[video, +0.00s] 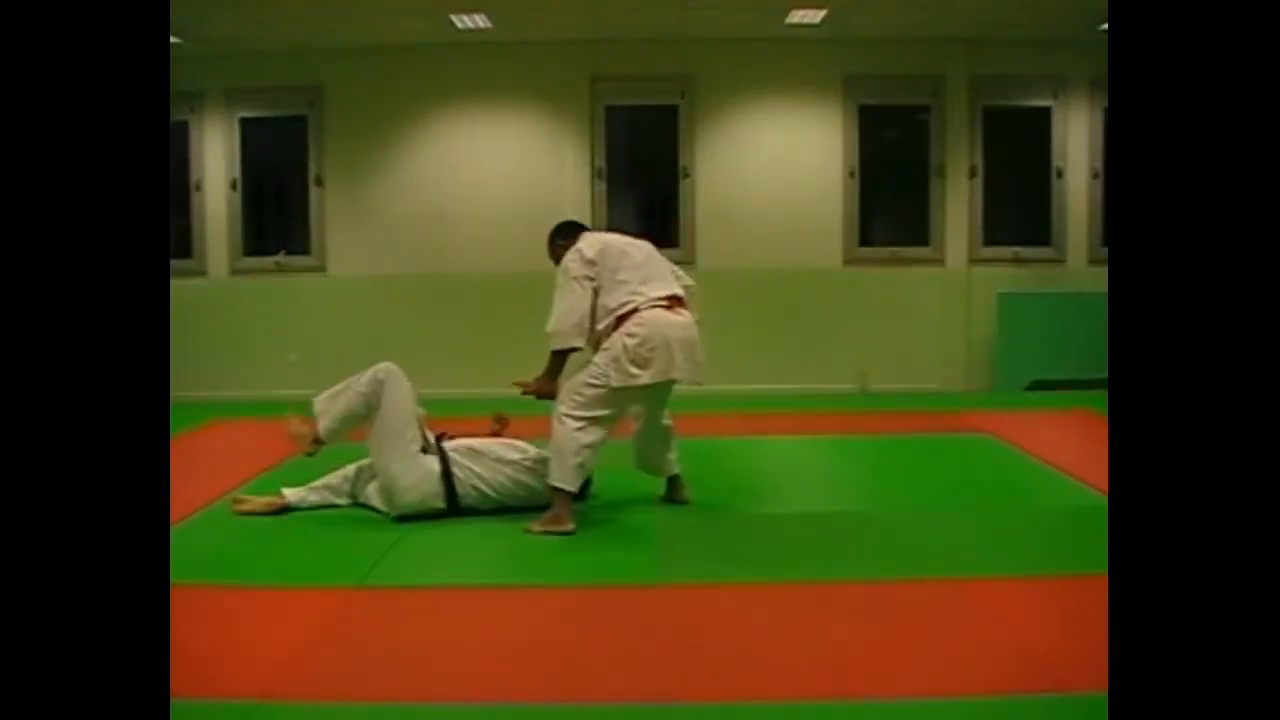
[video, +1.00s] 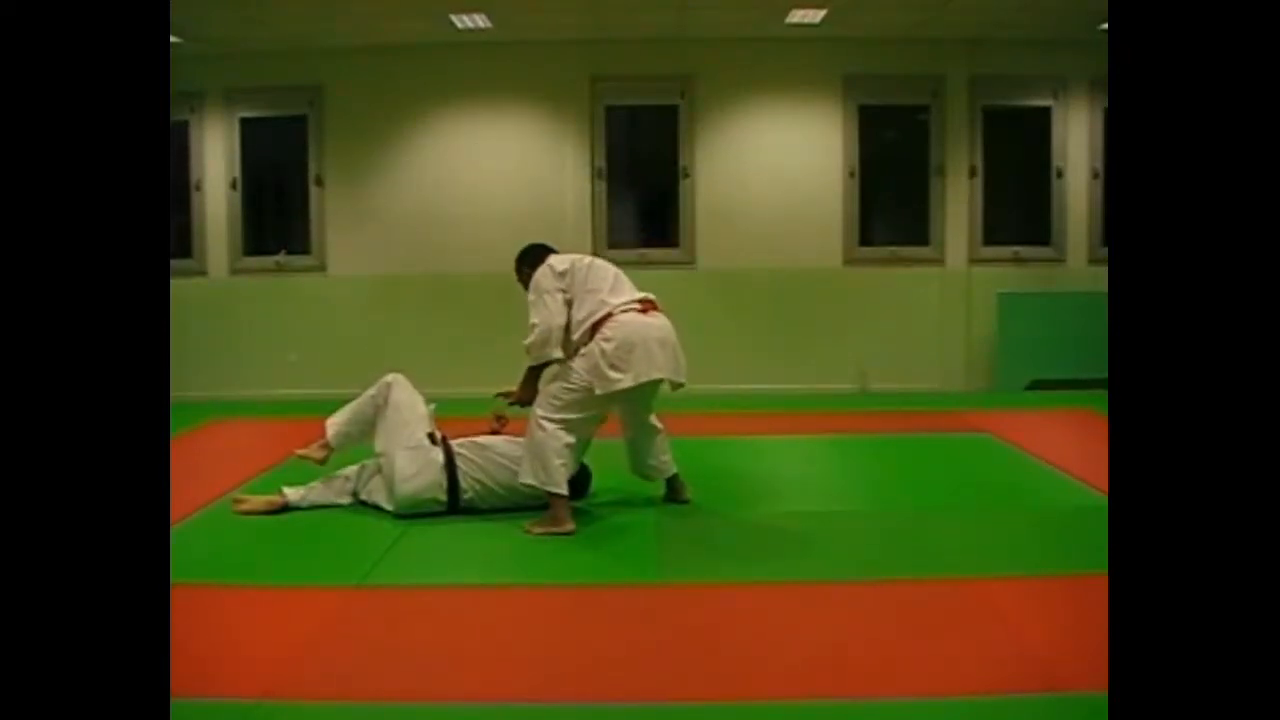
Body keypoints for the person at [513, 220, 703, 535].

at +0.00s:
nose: (560, 266)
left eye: (558, 259)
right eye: (556, 261)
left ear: (564, 245)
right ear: (585, 233)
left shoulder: (577, 255)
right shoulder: (635, 246)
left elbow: (568, 325)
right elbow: (683, 283)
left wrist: (548, 379)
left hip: (640, 332)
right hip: (683, 329)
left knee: (573, 409)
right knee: (653, 412)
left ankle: (560, 511)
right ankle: (674, 482)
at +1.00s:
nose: (526, 287)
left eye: (524, 280)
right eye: (522, 283)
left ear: (530, 268)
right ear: (553, 255)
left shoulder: (545, 273)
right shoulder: (587, 267)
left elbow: (548, 328)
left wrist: (528, 385)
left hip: (617, 338)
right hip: (660, 332)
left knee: (548, 415)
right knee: (639, 415)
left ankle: (558, 513)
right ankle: (675, 484)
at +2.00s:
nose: (553, 220)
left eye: (552, 210)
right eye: (550, 212)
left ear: (567, 197)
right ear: (584, 193)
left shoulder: (581, 219)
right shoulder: (625, 216)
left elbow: (572, 279)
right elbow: (635, 272)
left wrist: (553, 337)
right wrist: (599, 317)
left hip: (625, 316)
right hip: (665, 310)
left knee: (578, 411)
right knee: (648, 407)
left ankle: (563, 508)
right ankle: (676, 485)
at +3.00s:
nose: (489, 174)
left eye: (494, 164)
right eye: (485, 165)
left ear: (520, 156)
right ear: (512, 160)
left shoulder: (542, 195)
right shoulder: (526, 196)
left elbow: (560, 267)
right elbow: (528, 270)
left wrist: (550, 328)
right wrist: (507, 318)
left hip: (565, 321)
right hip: (544, 321)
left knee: (556, 416)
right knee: (531, 412)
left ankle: (565, 508)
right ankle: (530, 496)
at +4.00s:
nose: (458, 170)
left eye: (464, 160)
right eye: (455, 162)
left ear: (493, 154)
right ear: (482, 159)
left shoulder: (525, 195)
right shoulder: (493, 198)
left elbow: (548, 260)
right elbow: (485, 270)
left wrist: (534, 322)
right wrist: (470, 327)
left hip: (549, 319)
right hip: (519, 320)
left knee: (548, 415)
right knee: (521, 413)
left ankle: (562, 520)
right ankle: (526, 501)